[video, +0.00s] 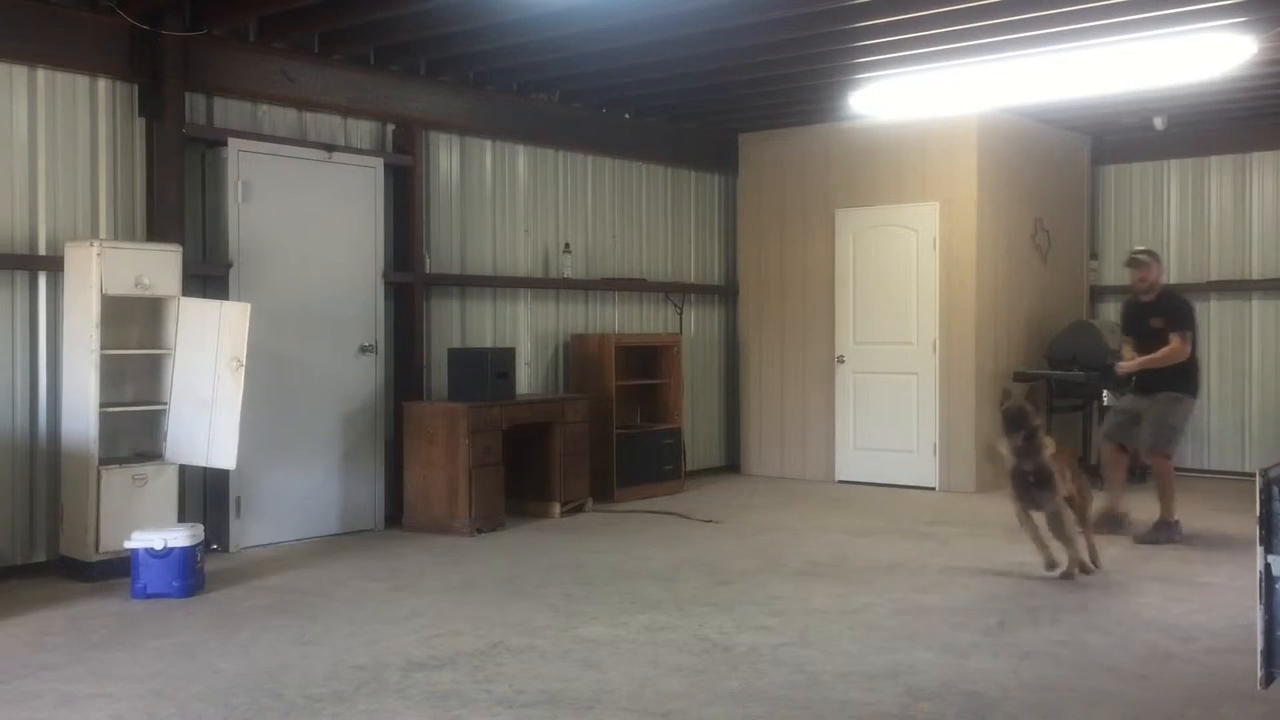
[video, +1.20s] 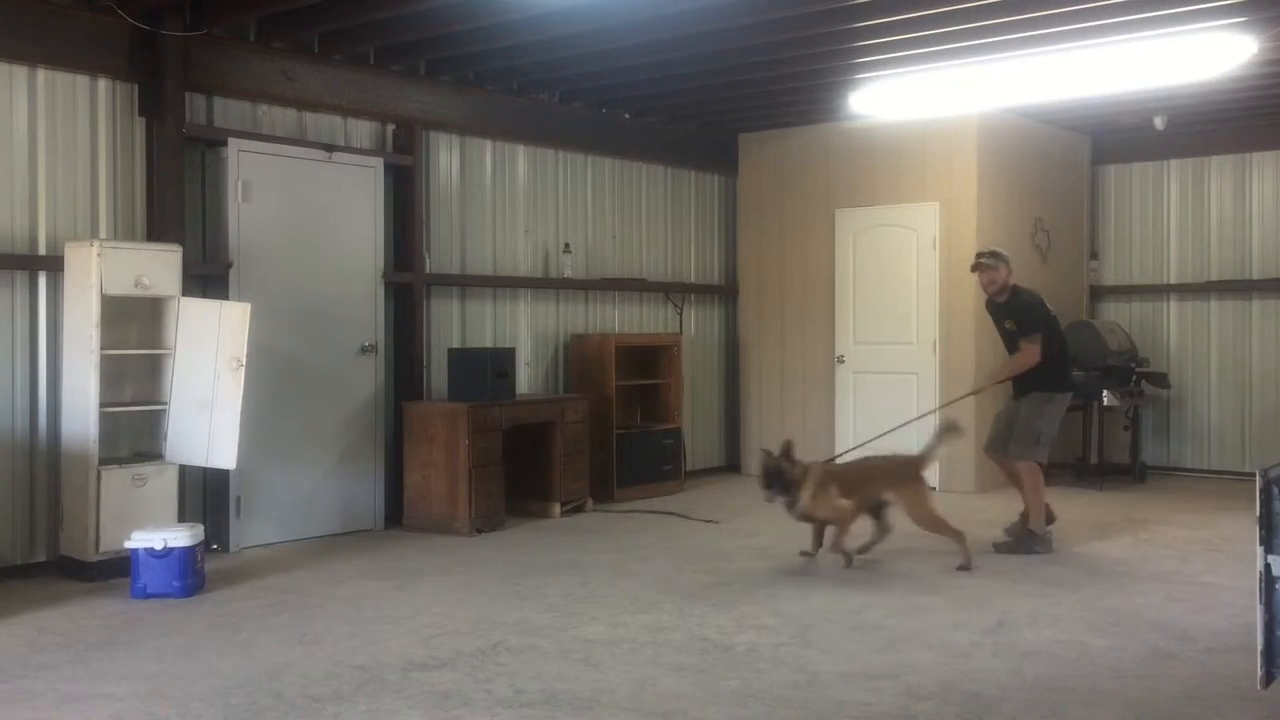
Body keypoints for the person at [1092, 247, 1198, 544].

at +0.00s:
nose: (1139, 274)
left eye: (1144, 268)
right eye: (1134, 269)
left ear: (1159, 270)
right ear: (1130, 273)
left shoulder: (1175, 303)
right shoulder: (1131, 307)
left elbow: (1181, 350)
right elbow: (1129, 347)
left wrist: (1133, 364)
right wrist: (1125, 365)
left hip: (1174, 391)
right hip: (1140, 389)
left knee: (1157, 451)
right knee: (1111, 442)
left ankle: (1167, 521)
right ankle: (1114, 513)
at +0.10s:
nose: (1114, 270)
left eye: (1120, 264)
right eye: (1109, 265)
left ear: (1134, 266)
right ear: (1103, 270)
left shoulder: (1151, 299)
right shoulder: (1103, 303)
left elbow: (1159, 345)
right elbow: (1098, 344)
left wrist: (1119, 361)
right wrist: (1107, 355)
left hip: (1150, 389)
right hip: (1116, 389)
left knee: (1144, 454)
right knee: (1090, 451)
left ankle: (1163, 520)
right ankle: (1085, 515)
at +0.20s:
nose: (1091, 273)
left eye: (1097, 266)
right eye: (1086, 267)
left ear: (1110, 269)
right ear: (1080, 272)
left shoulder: (1128, 304)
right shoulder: (1077, 308)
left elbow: (1140, 348)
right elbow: (1069, 347)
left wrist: (1101, 363)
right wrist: (1084, 358)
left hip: (1122, 393)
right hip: (1088, 392)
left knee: (1121, 455)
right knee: (1067, 451)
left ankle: (1152, 510)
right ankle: (1055, 515)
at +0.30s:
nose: (1071, 276)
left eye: (1078, 270)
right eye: (1066, 271)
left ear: (1093, 273)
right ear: (1061, 276)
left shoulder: (1108, 307)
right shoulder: (1056, 310)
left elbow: (1123, 351)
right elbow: (1042, 349)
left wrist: (1085, 370)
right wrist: (1062, 367)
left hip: (1103, 391)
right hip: (1064, 391)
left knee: (1084, 448)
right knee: (1034, 445)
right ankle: (1050, 517)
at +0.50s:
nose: (1047, 275)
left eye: (1053, 269)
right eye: (1041, 269)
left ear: (1064, 271)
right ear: (1035, 273)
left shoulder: (1080, 305)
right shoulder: (1029, 304)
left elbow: (1095, 353)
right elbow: (1019, 342)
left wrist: (1049, 373)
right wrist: (1022, 374)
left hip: (1074, 392)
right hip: (1041, 391)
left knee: (1062, 454)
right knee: (1028, 456)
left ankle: (1075, 517)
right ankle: (1049, 517)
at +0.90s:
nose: (1005, 279)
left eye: (1011, 273)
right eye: (999, 274)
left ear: (1025, 275)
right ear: (994, 279)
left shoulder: (1045, 307)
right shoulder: (1001, 307)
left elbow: (1069, 353)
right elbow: (1028, 342)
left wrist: (1035, 378)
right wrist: (1027, 372)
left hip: (1057, 393)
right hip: (1030, 392)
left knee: (1039, 461)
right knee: (1014, 458)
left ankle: (1046, 529)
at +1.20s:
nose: (986, 277)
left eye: (992, 270)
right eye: (981, 272)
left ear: (1008, 272)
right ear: (978, 277)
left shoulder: (1025, 302)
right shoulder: (994, 305)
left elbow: (1032, 355)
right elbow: (1019, 346)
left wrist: (990, 378)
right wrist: (1012, 375)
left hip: (1051, 387)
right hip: (1026, 386)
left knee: (1024, 455)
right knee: (996, 449)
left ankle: (1037, 533)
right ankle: (1038, 509)